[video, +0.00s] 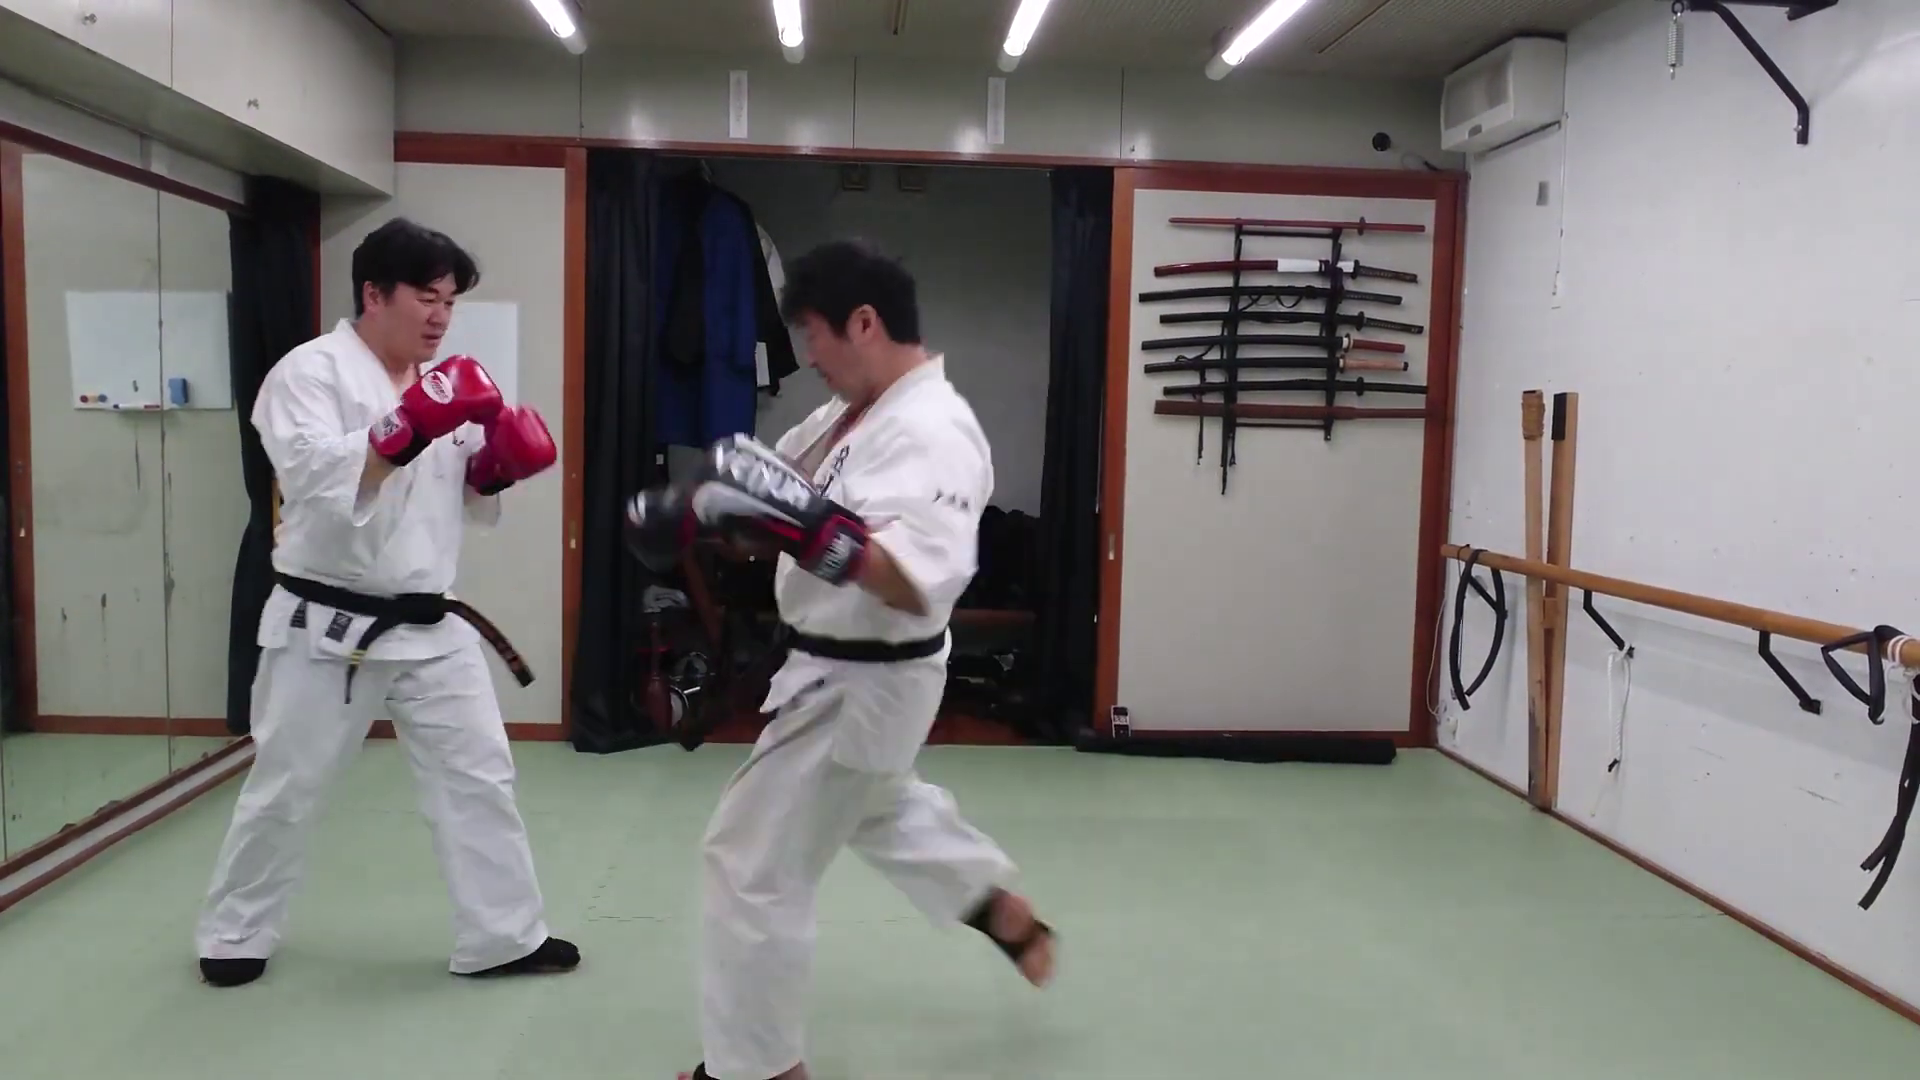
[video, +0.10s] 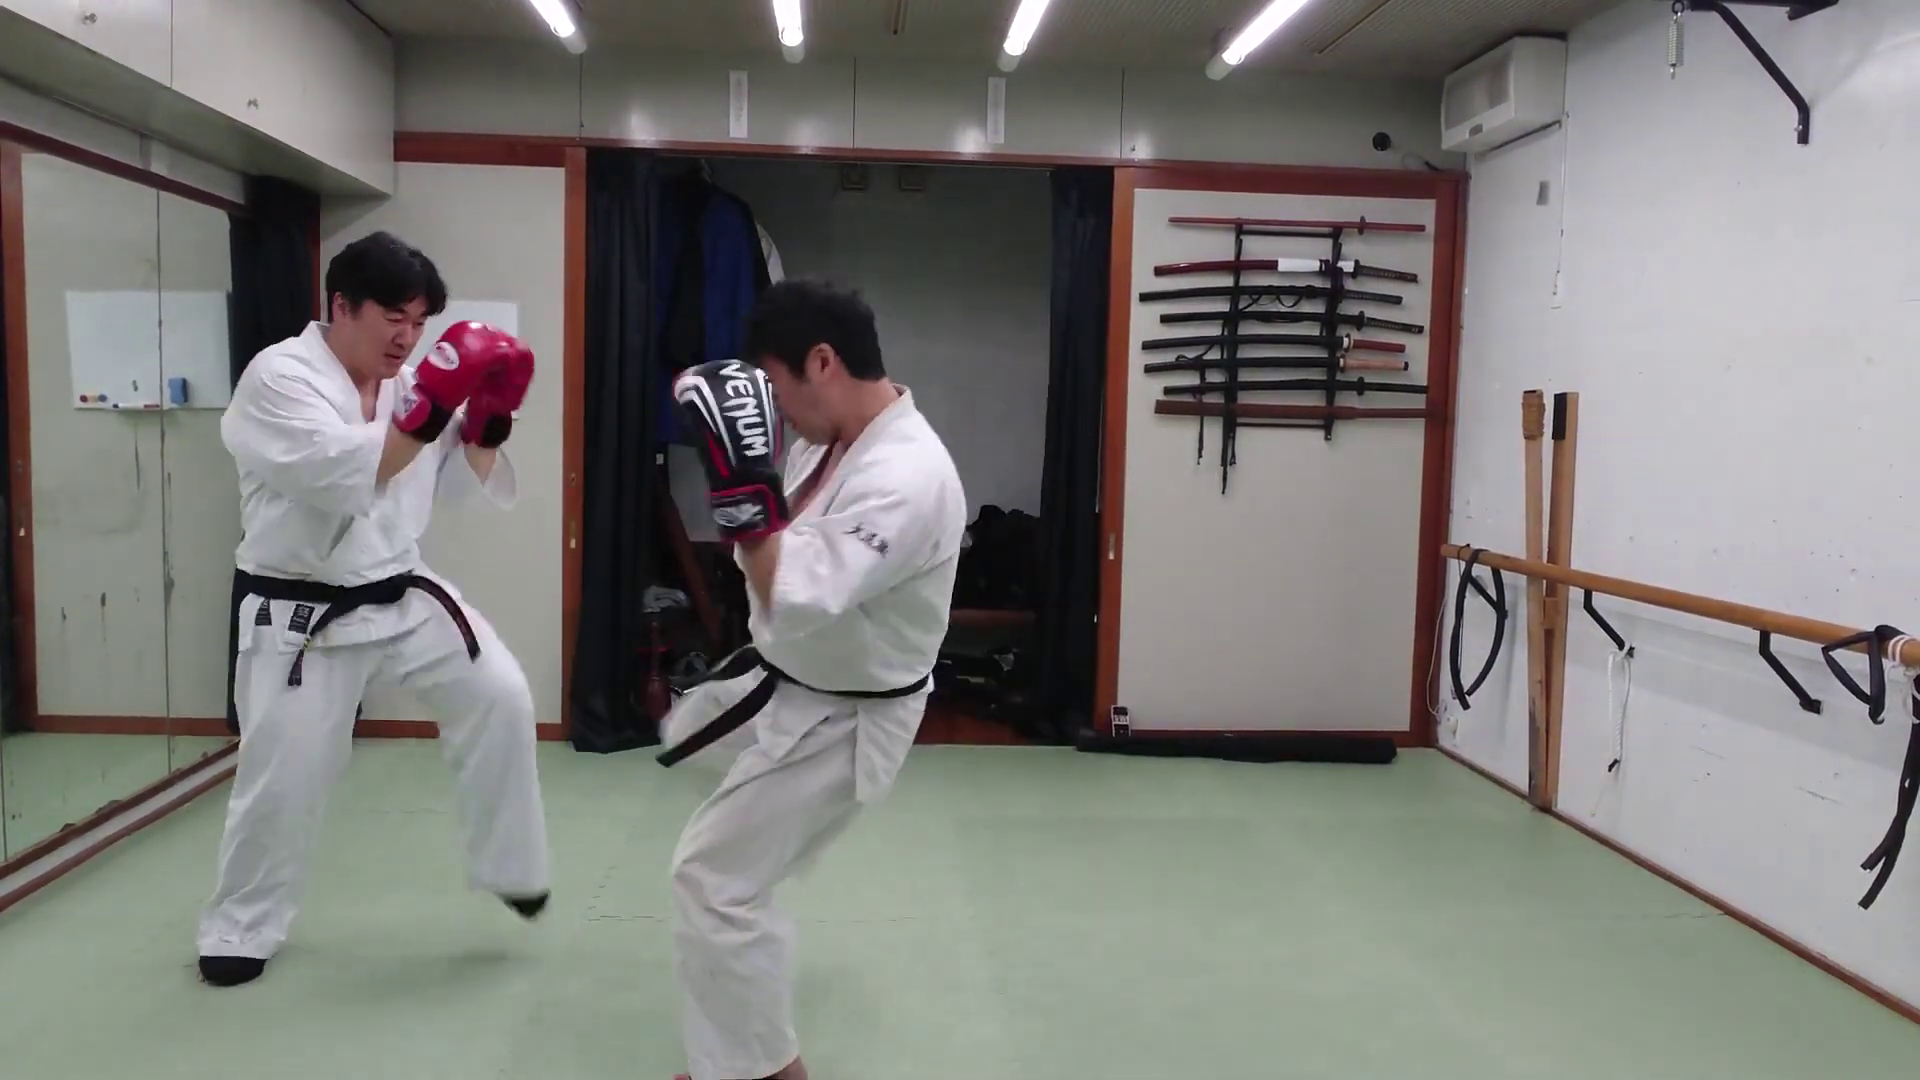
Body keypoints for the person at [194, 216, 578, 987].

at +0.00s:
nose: (442, 315)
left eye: (449, 302)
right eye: (427, 298)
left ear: (454, 304)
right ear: (373, 294)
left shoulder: (453, 382)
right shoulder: (304, 374)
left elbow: (472, 496)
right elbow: (315, 481)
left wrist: (498, 466)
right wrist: (400, 437)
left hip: (430, 623)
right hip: (321, 620)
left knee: (480, 777)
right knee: (285, 790)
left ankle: (499, 937)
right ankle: (235, 934)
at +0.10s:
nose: (405, 334)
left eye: (416, 320)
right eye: (391, 315)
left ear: (424, 324)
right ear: (339, 307)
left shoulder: (411, 388)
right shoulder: (277, 377)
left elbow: (456, 485)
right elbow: (343, 478)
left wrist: (487, 424)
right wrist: (424, 413)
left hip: (400, 598)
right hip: (296, 612)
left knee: (499, 693)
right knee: (280, 780)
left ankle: (511, 864)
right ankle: (240, 930)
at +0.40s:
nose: (391, 320)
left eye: (403, 306)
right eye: (375, 303)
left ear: (412, 308)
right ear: (326, 298)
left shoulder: (405, 383)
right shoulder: (261, 381)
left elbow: (441, 501)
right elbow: (292, 507)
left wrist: (471, 452)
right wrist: (388, 461)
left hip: (411, 566)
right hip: (303, 599)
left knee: (523, 614)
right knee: (281, 771)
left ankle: (490, 761)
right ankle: (247, 931)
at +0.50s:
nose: (405, 314)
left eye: (415, 300)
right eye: (388, 297)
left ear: (423, 302)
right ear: (335, 293)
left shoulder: (421, 382)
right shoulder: (265, 377)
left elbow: (442, 489)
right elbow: (255, 495)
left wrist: (475, 470)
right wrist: (347, 467)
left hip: (419, 588)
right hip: (310, 607)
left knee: (527, 689)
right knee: (289, 771)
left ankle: (566, 840)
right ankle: (245, 929)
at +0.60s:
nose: (430, 320)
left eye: (440, 306)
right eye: (413, 302)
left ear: (447, 307)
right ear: (363, 299)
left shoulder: (455, 392)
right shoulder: (286, 382)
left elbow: (495, 472)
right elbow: (253, 495)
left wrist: (520, 506)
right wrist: (335, 480)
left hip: (443, 609)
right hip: (331, 616)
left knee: (518, 749)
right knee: (297, 776)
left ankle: (609, 875)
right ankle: (247, 930)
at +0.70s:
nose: (472, 327)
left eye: (482, 314)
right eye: (455, 311)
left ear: (492, 320)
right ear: (410, 313)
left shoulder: (507, 410)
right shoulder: (334, 397)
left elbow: (547, 487)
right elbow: (283, 498)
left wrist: (554, 517)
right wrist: (365, 502)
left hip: (481, 627)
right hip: (369, 629)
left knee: (539, 766)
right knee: (316, 781)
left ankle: (588, 897)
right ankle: (249, 929)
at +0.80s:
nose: (521, 331)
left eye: (532, 318)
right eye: (505, 314)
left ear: (541, 325)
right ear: (462, 315)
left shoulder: (549, 413)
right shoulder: (389, 391)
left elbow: (598, 522)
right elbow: (333, 484)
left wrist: (603, 501)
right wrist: (409, 505)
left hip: (506, 625)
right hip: (399, 622)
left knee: (562, 755)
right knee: (345, 767)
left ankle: (589, 897)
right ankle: (264, 921)